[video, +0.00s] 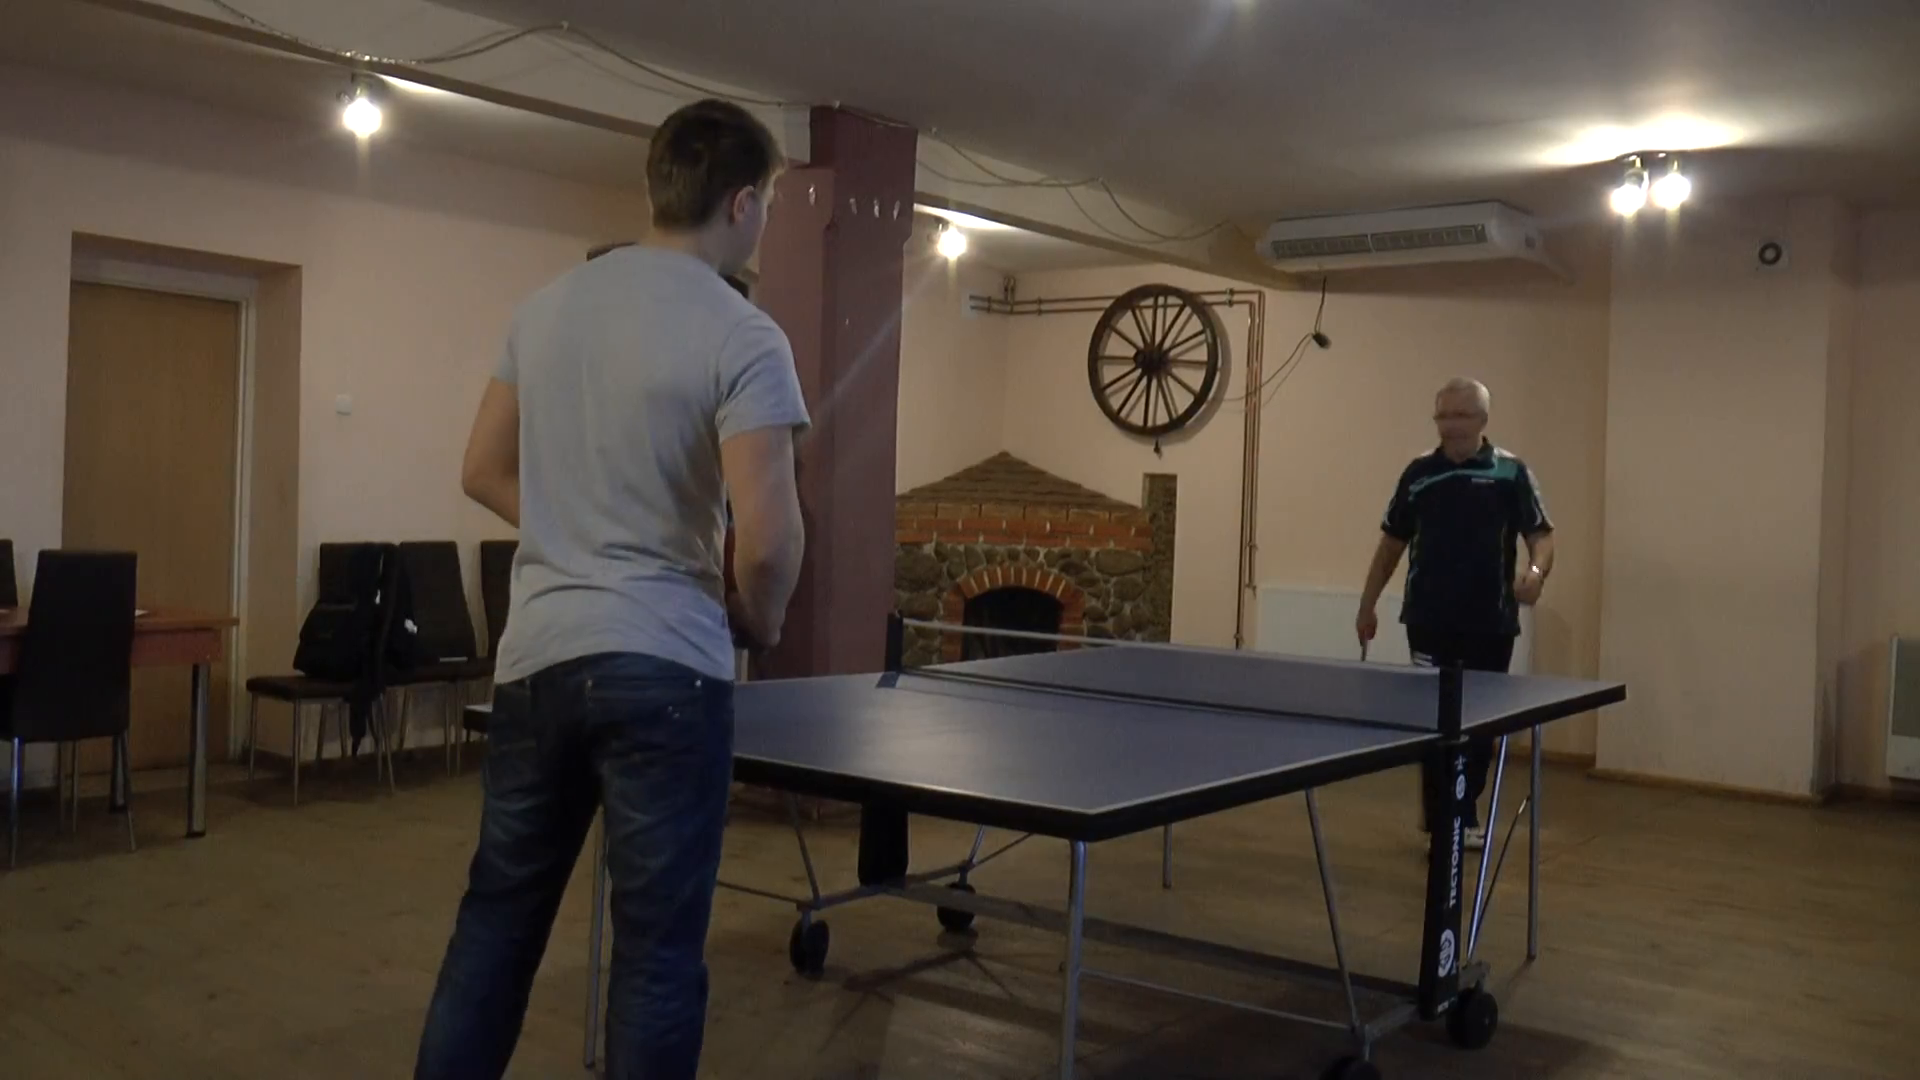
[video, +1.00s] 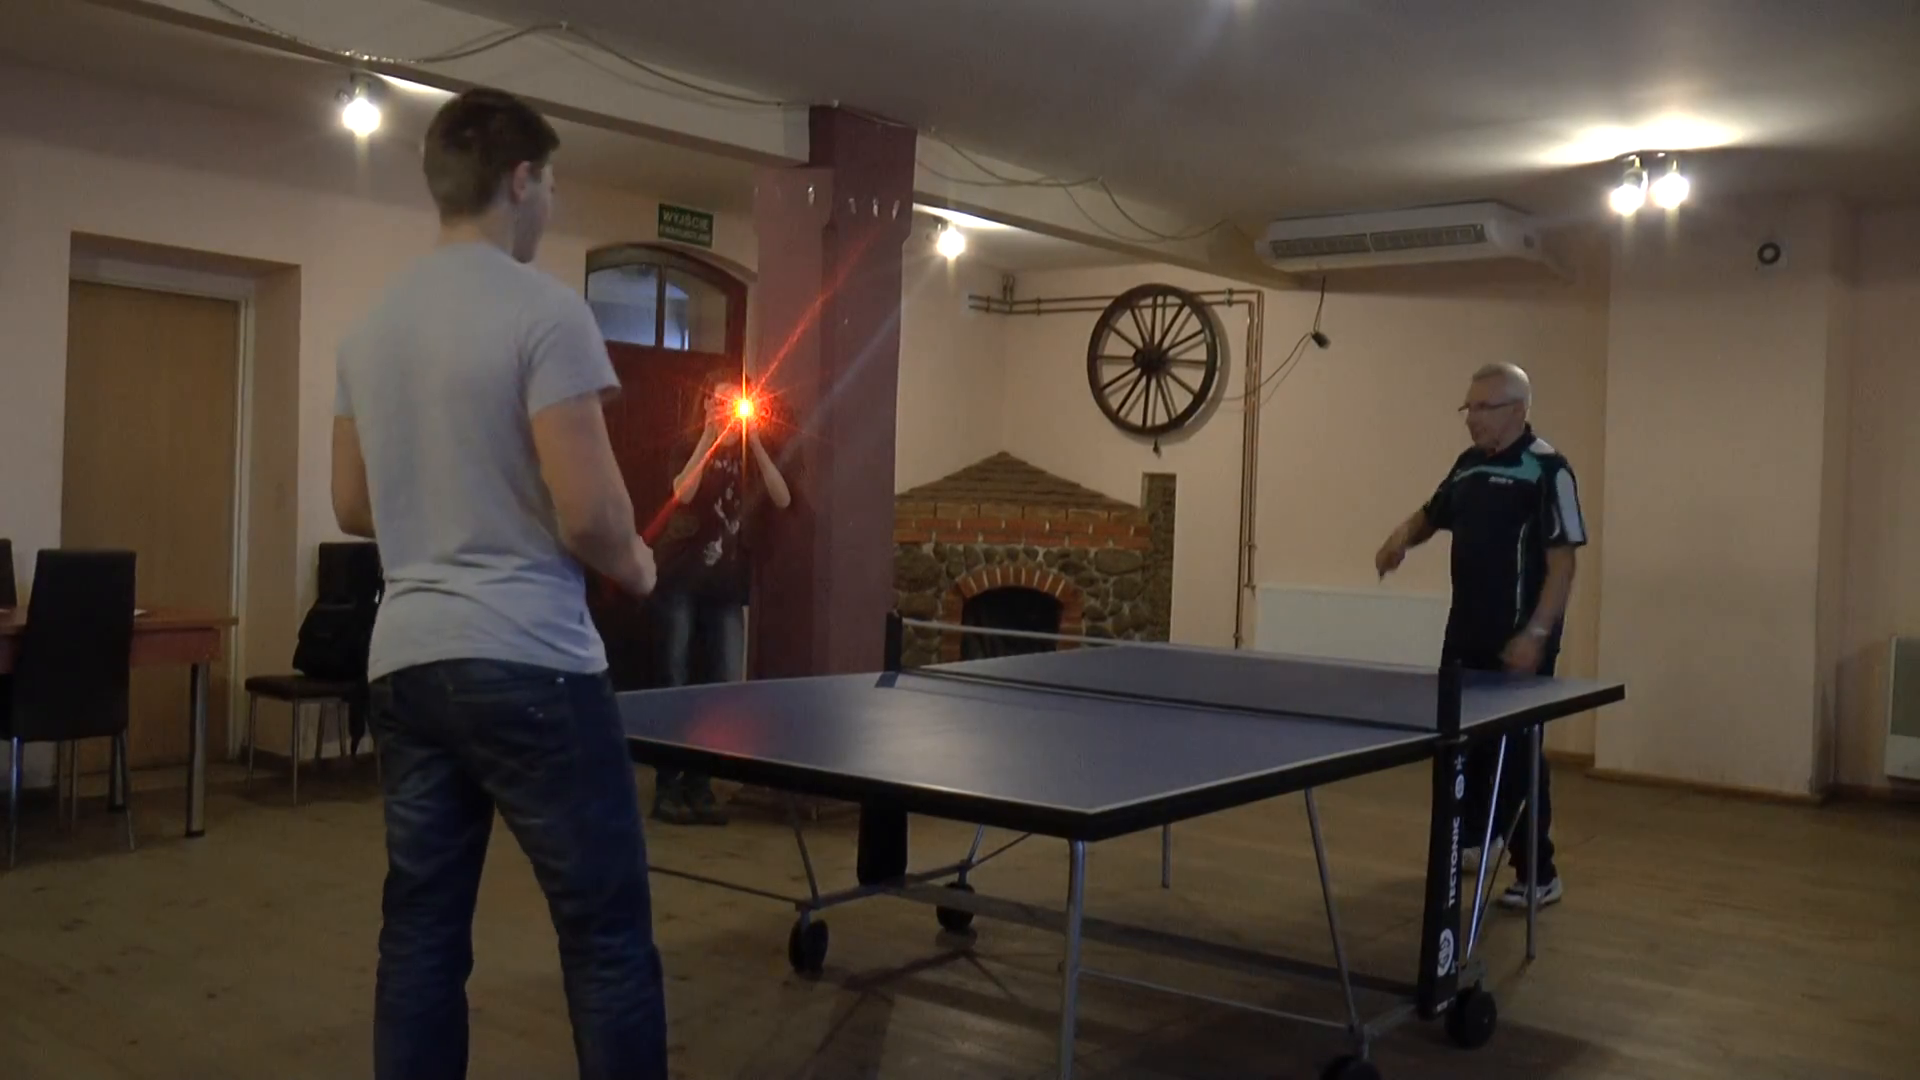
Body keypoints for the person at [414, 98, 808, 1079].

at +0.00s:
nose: (764, 218)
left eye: (768, 201)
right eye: (765, 199)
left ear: (653, 192)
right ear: (740, 200)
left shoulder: (546, 307)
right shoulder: (740, 331)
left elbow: (487, 471)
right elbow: (765, 540)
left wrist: (577, 533)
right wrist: (758, 623)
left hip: (535, 651)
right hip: (664, 657)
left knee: (496, 919)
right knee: (658, 945)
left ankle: (446, 1072)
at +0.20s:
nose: (739, 215)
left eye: (742, 198)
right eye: (740, 197)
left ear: (630, 190)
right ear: (715, 198)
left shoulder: (530, 309)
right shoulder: (722, 330)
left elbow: (469, 472)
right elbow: (744, 542)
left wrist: (562, 534)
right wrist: (740, 619)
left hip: (528, 650)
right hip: (655, 656)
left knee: (492, 917)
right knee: (655, 936)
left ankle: (449, 1074)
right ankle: (645, 1075)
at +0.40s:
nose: (697, 207)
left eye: (697, 190)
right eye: (698, 189)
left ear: (590, 186)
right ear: (680, 196)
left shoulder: (498, 310)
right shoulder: (691, 328)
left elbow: (439, 477)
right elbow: (714, 539)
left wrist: (533, 534)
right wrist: (713, 609)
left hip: (500, 653)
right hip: (630, 655)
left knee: (471, 928)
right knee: (639, 942)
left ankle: (439, 1075)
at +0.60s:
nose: (641, 201)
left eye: (632, 185)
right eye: (642, 187)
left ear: (532, 187)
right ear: (631, 194)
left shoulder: (453, 315)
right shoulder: (648, 324)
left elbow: (404, 480)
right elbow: (675, 534)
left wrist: (504, 525)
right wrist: (679, 604)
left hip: (463, 651)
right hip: (593, 655)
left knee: (450, 924)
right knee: (624, 939)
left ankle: (428, 1073)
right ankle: (631, 1075)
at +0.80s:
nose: (587, 198)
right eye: (588, 184)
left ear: (479, 184)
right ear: (580, 190)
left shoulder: (409, 319)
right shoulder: (595, 320)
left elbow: (371, 488)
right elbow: (637, 527)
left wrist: (478, 512)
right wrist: (652, 581)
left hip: (426, 654)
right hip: (555, 660)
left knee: (429, 929)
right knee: (617, 935)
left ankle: (418, 1076)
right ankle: (628, 1070)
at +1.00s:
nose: (552, 202)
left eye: (552, 184)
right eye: (551, 182)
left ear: (445, 185)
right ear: (523, 179)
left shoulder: (370, 324)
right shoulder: (541, 305)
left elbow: (354, 505)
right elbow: (588, 516)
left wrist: (458, 528)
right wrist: (629, 565)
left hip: (403, 655)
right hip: (528, 658)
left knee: (419, 935)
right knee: (607, 934)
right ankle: (626, 1071)